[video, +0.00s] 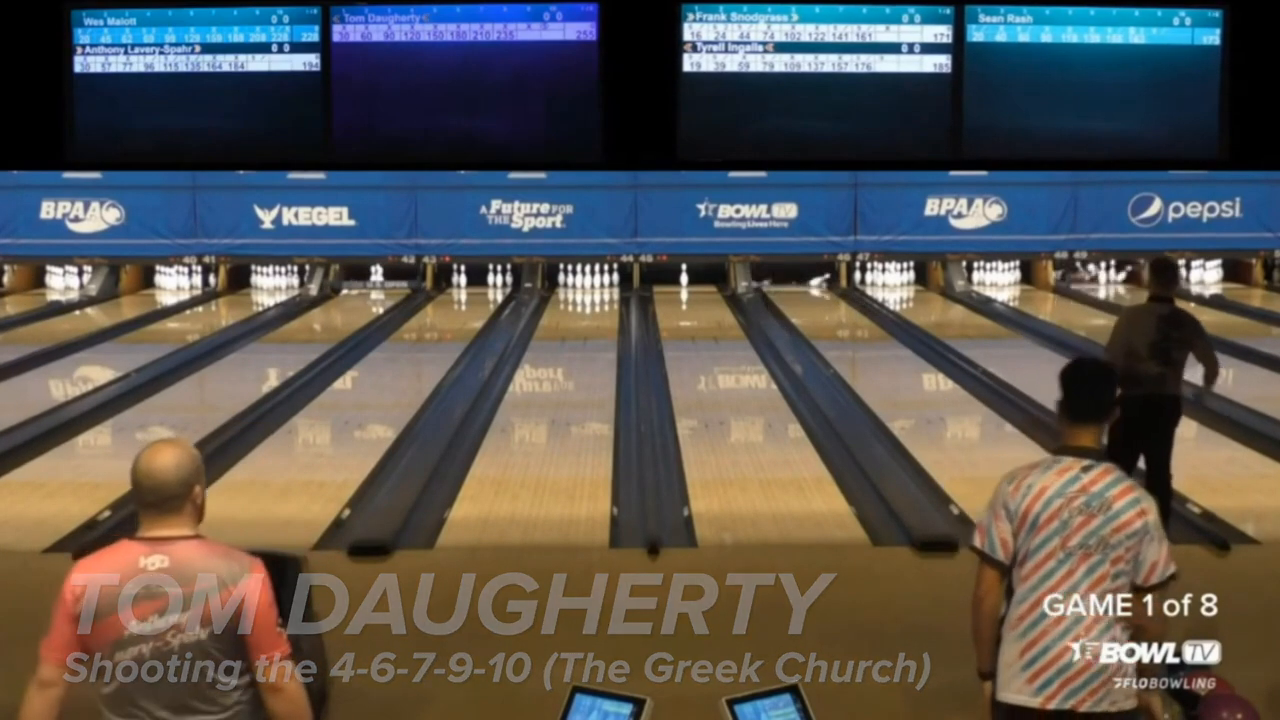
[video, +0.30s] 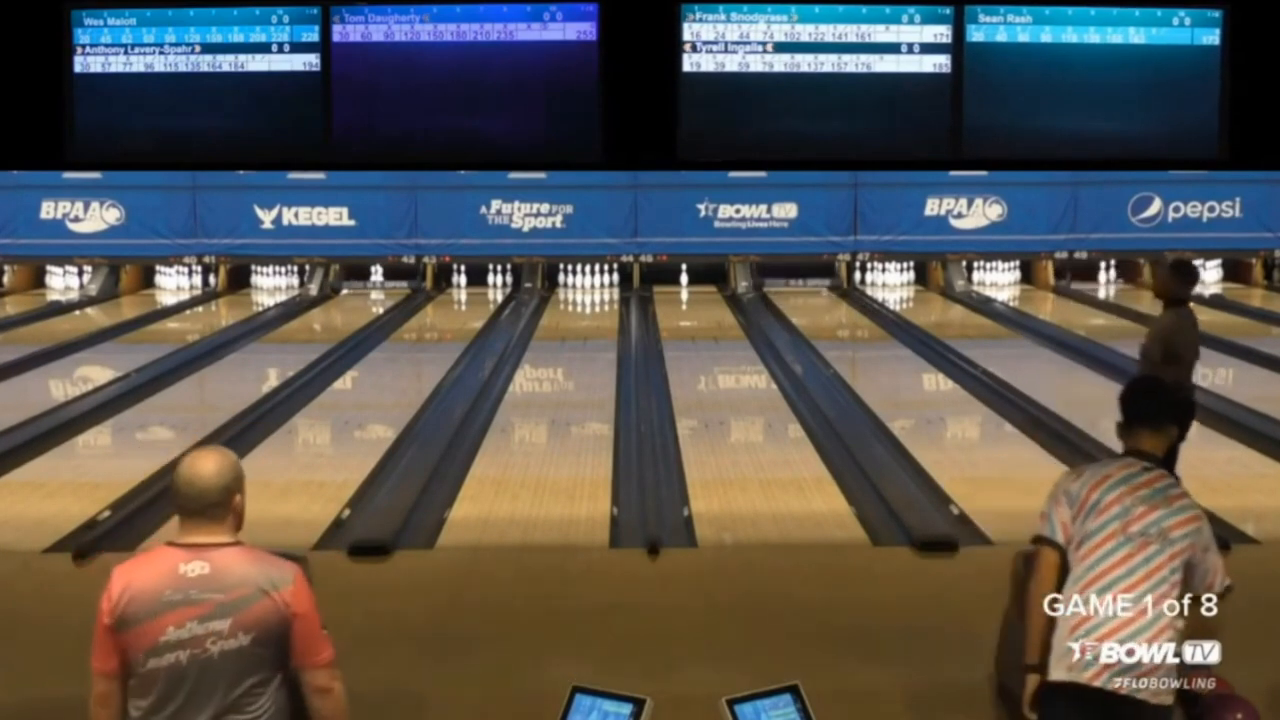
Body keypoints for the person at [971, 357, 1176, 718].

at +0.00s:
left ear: (1060, 409)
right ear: (1114, 415)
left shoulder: (1018, 486)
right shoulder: (1137, 503)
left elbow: (987, 593)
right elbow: (1148, 610)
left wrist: (987, 673)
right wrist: (1147, 682)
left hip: (1024, 688)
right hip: (1104, 693)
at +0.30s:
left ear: (1121, 429)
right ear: (1178, 435)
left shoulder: (1080, 483)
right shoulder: (1189, 512)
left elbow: (1044, 579)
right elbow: (1209, 601)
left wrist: (1032, 668)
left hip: (1071, 686)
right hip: (1148, 697)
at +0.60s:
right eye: (1191, 464)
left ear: (1138, 455)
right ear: (1189, 467)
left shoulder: (1101, 493)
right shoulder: (1198, 524)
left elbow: (1062, 594)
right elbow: (1207, 620)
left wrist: (1051, 667)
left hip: (1092, 685)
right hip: (1167, 698)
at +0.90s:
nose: (1188, 486)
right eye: (1188, 480)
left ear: (1140, 469)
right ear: (1185, 481)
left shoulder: (1108, 498)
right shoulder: (1193, 525)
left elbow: (1077, 585)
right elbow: (1205, 610)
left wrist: (1062, 658)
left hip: (1108, 681)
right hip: (1177, 693)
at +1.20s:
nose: (1189, 491)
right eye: (1190, 485)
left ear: (1140, 471)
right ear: (1187, 485)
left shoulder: (1108, 497)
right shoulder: (1195, 528)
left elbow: (1073, 583)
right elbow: (1207, 614)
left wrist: (1062, 657)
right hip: (1179, 690)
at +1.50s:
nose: (1185, 491)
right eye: (1185, 486)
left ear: (1134, 475)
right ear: (1181, 485)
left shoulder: (1107, 499)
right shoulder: (1192, 522)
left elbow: (1074, 582)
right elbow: (1207, 603)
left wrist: (1063, 658)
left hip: (1107, 679)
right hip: (1178, 691)